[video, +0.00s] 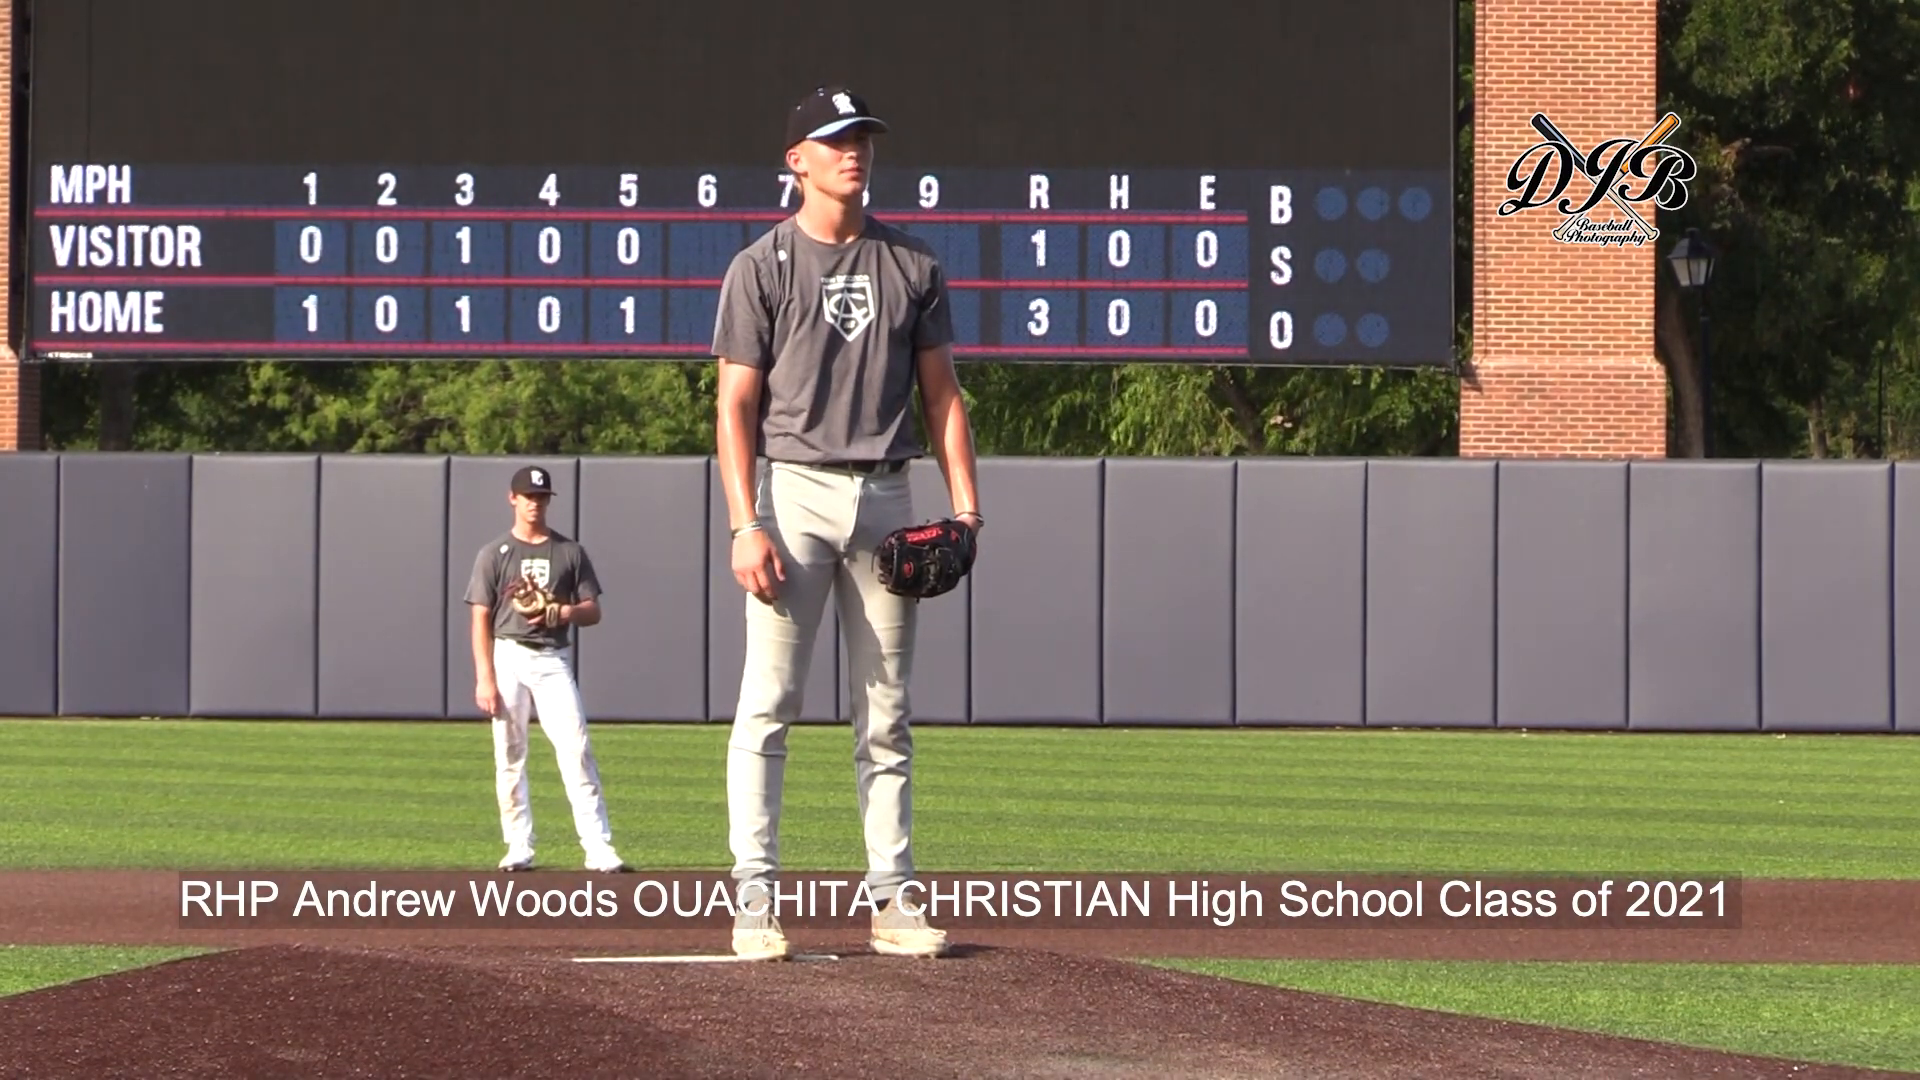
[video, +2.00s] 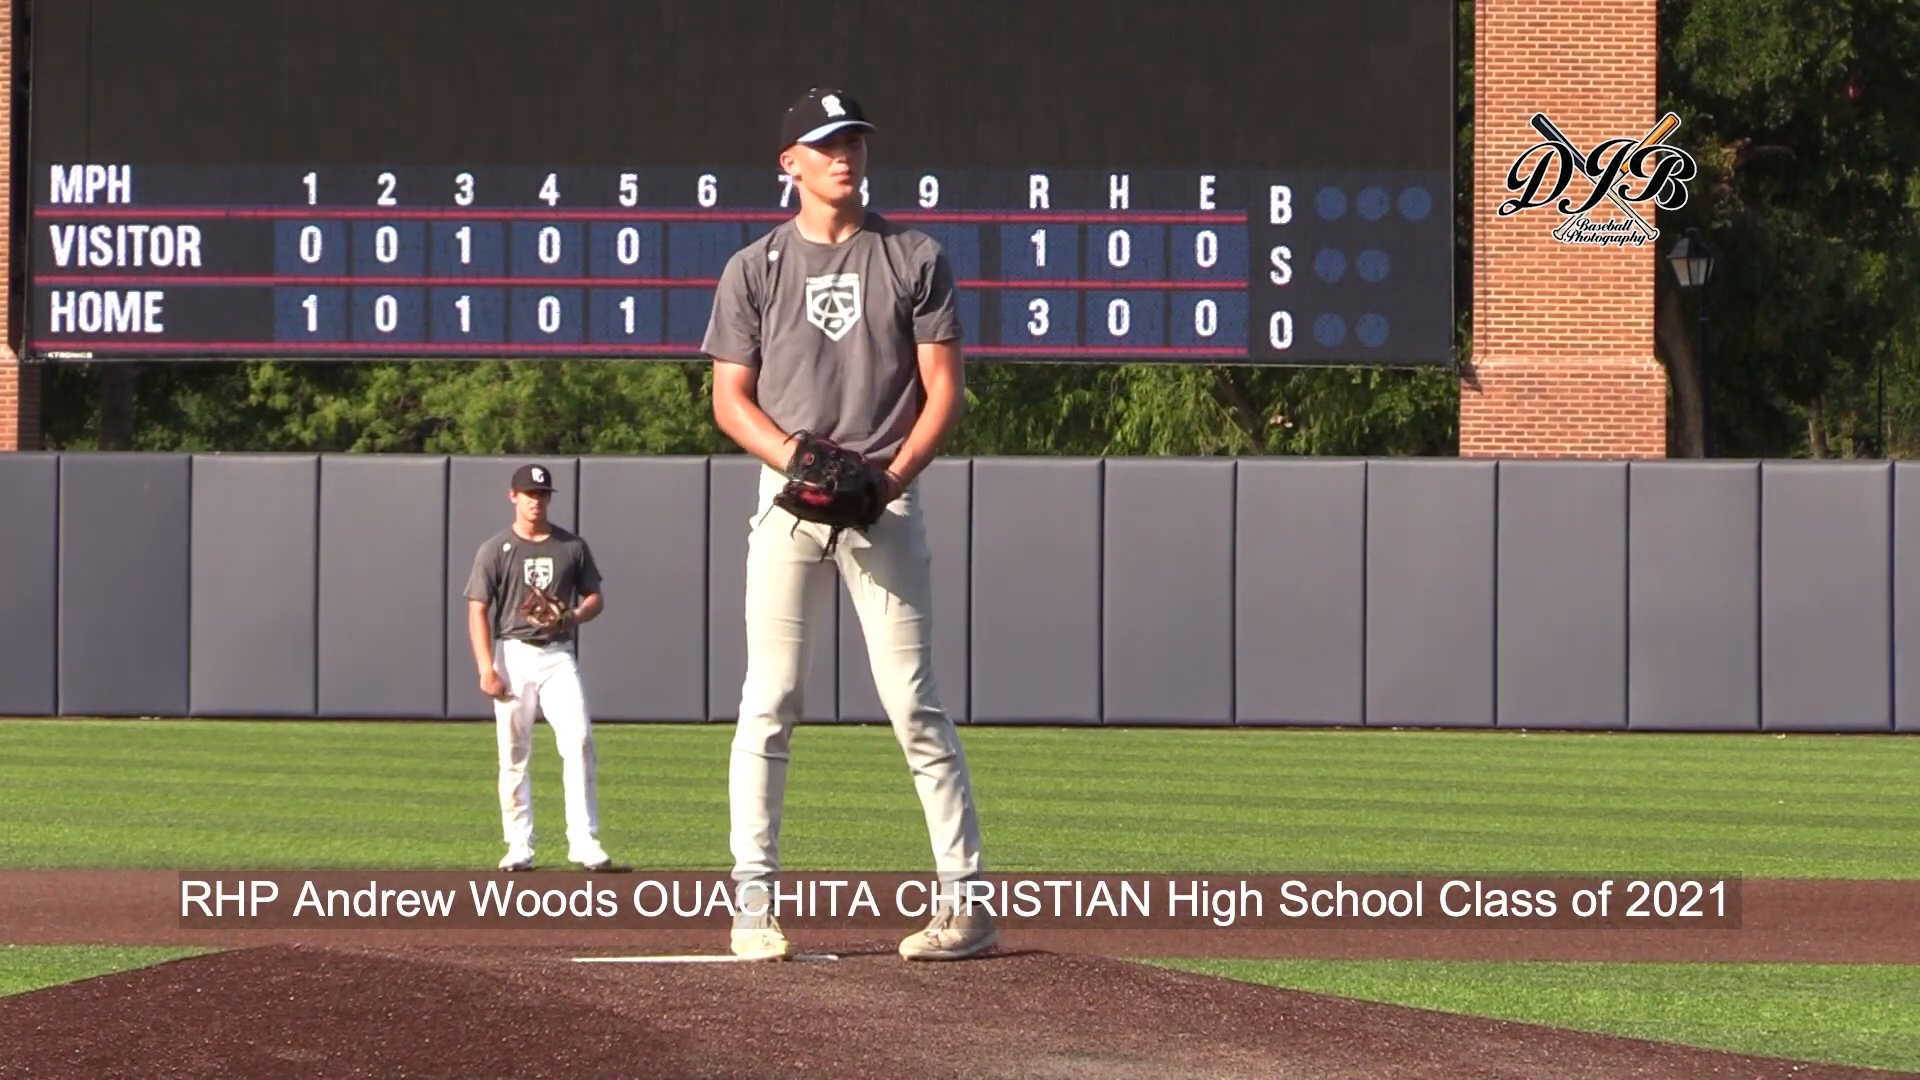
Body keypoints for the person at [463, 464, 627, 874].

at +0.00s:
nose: (535, 504)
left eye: (541, 497)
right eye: (528, 497)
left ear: (549, 500)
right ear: (513, 499)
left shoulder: (571, 552)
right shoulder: (493, 555)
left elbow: (592, 611)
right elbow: (480, 621)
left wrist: (560, 612)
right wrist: (485, 679)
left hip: (553, 659)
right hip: (506, 657)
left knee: (577, 749)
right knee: (509, 756)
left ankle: (600, 851)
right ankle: (518, 850)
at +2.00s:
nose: (536, 501)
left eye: (542, 494)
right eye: (529, 494)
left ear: (550, 498)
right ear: (514, 497)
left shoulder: (573, 547)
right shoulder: (493, 550)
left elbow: (594, 598)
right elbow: (478, 610)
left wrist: (571, 616)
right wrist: (487, 668)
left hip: (559, 657)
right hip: (512, 656)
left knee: (579, 742)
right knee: (513, 756)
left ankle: (585, 842)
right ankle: (519, 848)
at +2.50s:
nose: (565, 502)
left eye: (571, 495)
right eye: (558, 495)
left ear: (579, 498)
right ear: (544, 497)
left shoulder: (601, 551)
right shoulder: (522, 549)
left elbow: (623, 602)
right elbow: (504, 607)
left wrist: (598, 620)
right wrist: (510, 666)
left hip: (584, 660)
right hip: (537, 659)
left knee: (579, 759)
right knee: (528, 758)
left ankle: (576, 852)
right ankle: (521, 848)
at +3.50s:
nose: (559, 505)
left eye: (565, 498)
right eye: (551, 498)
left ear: (575, 502)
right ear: (538, 501)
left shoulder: (598, 554)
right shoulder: (517, 552)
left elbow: (616, 608)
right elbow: (501, 613)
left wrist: (592, 623)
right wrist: (501, 673)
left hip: (577, 665)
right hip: (530, 661)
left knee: (578, 764)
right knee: (522, 760)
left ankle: (578, 855)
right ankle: (518, 855)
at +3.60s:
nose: (550, 503)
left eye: (556, 496)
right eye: (543, 497)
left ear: (565, 500)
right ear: (530, 500)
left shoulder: (591, 551)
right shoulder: (510, 551)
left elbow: (610, 603)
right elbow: (494, 612)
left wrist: (586, 621)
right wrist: (493, 672)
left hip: (572, 664)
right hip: (524, 661)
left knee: (576, 762)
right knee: (518, 761)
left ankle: (578, 855)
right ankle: (516, 856)